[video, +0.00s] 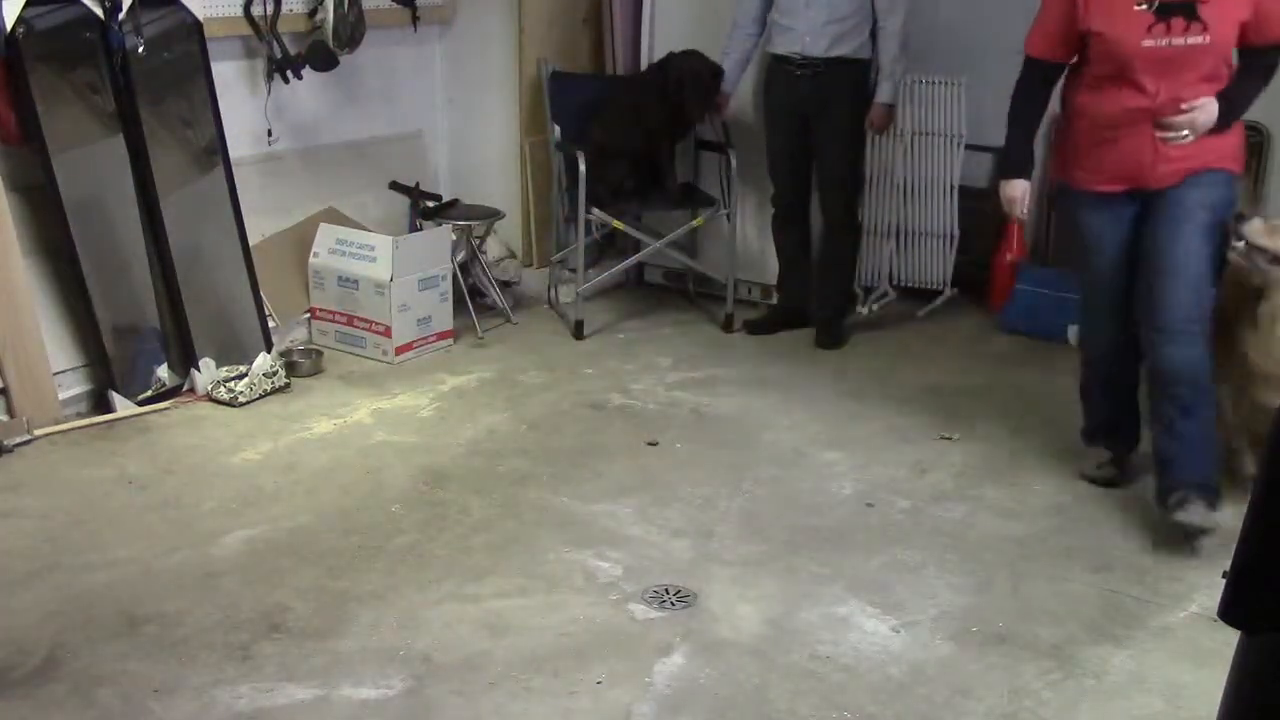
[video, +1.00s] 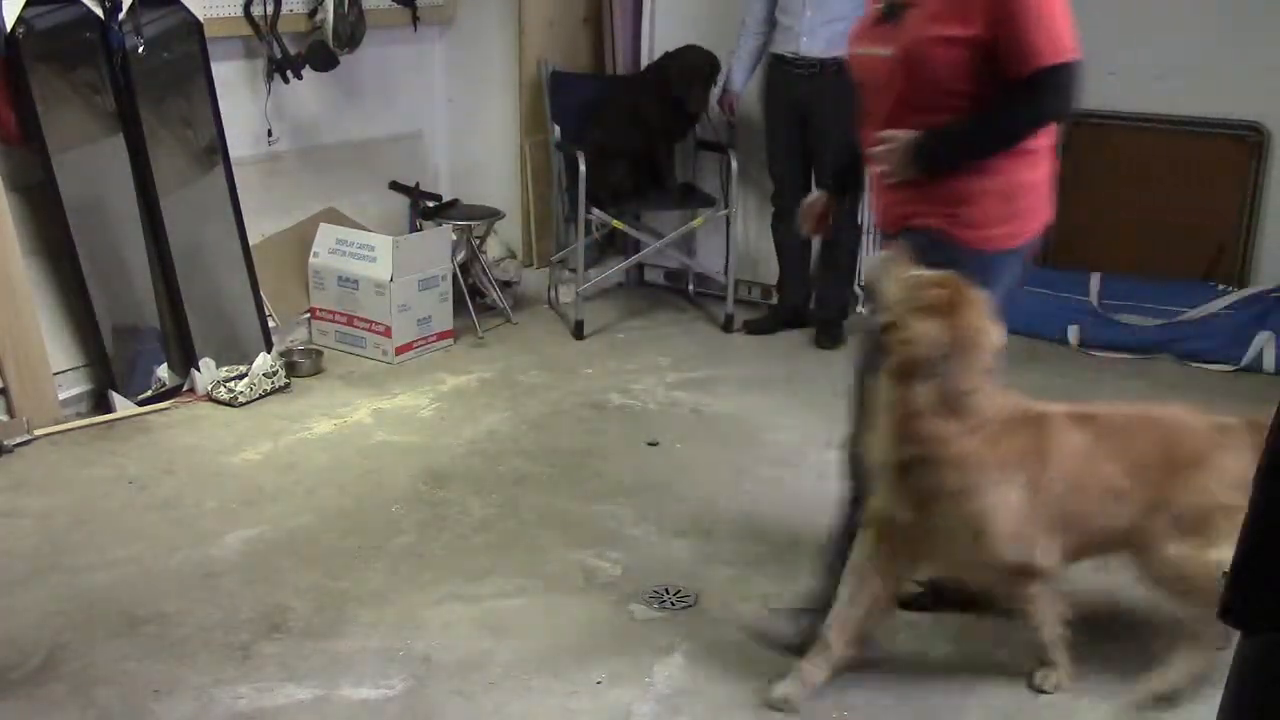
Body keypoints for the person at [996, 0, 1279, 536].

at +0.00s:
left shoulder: (1244, 3)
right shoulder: (1076, 3)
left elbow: (1265, 49)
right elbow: (1041, 65)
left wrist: (1224, 106)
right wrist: (1015, 163)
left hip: (1195, 158)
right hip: (1100, 163)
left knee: (1178, 321)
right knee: (1105, 320)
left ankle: (1188, 486)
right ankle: (1113, 443)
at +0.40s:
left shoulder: (1248, 6)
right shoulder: (1076, 3)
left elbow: (1275, 77)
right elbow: (1049, 62)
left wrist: (1197, 130)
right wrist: (1007, 161)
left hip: (1186, 201)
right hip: (1074, 186)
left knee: (1159, 370)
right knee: (1034, 334)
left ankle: (1162, 526)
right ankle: (1082, 469)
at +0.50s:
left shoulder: (1235, 5)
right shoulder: (1062, 3)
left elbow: (1271, 79)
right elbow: (1043, 67)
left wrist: (1168, 141)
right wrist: (1006, 166)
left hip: (1170, 208)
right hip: (1054, 191)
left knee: (1153, 379)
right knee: (1014, 353)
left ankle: (1157, 546)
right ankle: (1011, 534)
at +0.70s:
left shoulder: (1151, 5)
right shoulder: (999, 5)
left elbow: (1194, 97)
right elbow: (988, 94)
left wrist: (1077, 158)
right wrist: (963, 192)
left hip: (1105, 233)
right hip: (994, 220)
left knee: (1109, 408)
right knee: (974, 394)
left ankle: (1128, 574)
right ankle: (980, 568)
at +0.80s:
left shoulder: (1112, 6)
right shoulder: (965, 8)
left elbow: (1147, 93)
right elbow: (958, 98)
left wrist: (1025, 153)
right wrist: (916, 188)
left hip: (1059, 227)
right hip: (963, 217)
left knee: (1044, 402)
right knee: (960, 401)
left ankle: (1058, 563)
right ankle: (973, 565)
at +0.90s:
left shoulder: (1071, 7)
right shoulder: (924, 9)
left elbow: (1104, 88)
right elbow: (917, 105)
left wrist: (981, 149)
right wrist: (873, 184)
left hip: (1026, 220)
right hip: (938, 214)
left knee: (995, 405)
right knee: (929, 405)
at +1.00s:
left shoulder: (1012, 4)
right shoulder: (884, 10)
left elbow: (1053, 89)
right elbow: (879, 106)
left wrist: (930, 150)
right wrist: (835, 188)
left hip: (981, 225)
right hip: (910, 221)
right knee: (948, 406)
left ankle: (839, 610)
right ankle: (979, 572)